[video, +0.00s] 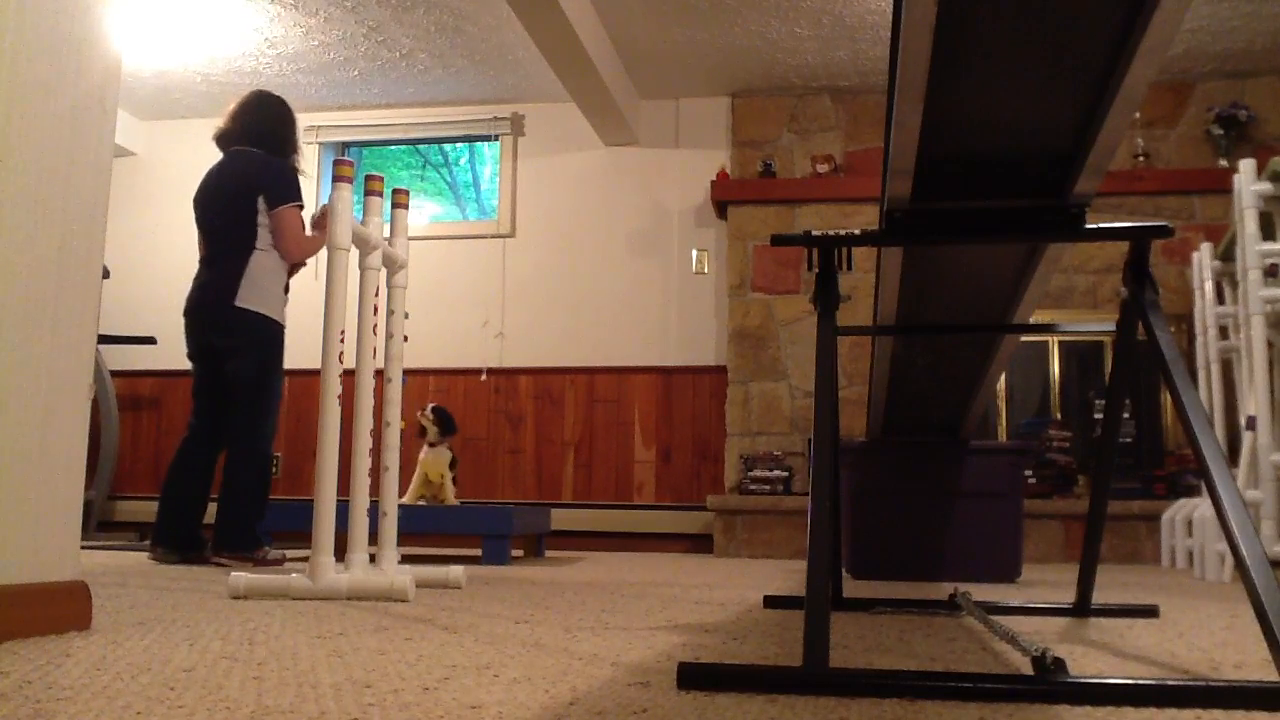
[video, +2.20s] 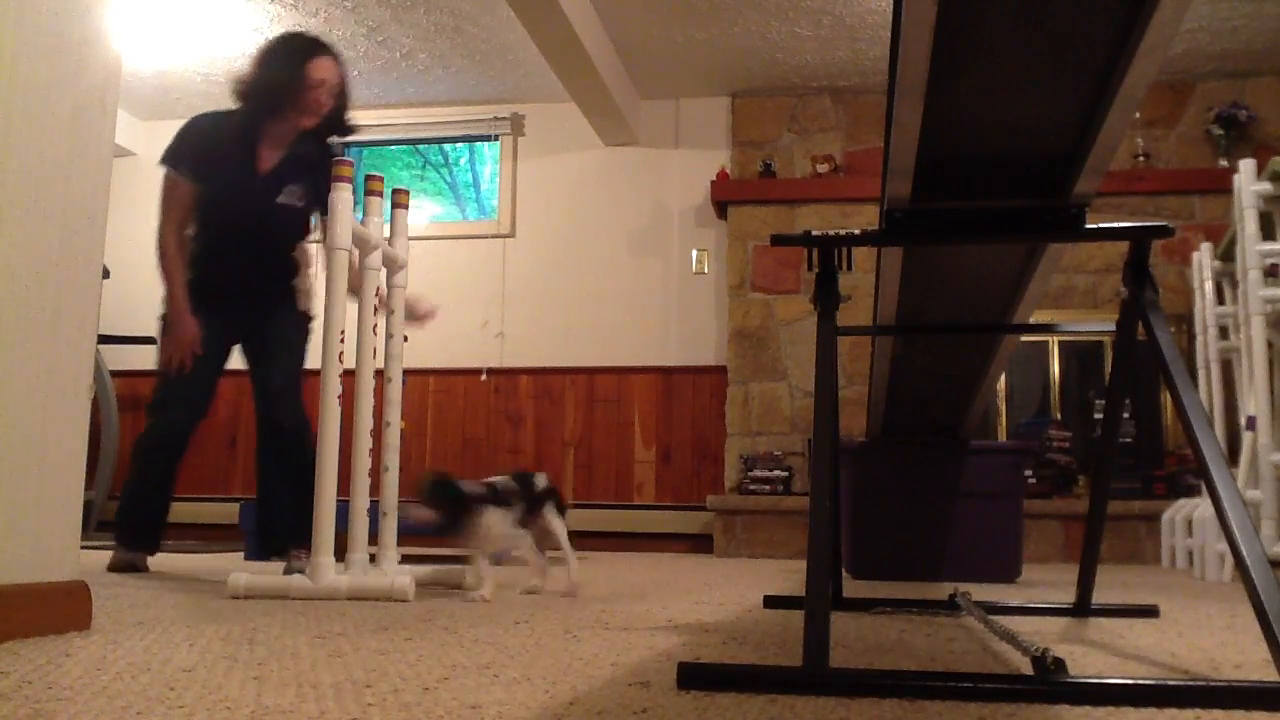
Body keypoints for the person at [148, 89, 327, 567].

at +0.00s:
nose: (294, 139)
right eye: (292, 130)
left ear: (238, 124)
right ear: (284, 129)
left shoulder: (212, 176)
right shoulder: (274, 170)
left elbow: (210, 251)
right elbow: (294, 249)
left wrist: (281, 254)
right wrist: (323, 233)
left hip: (205, 310)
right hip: (253, 316)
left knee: (206, 428)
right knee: (253, 434)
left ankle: (173, 537)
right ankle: (238, 541)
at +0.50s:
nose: (305, 137)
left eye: (304, 127)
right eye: (298, 127)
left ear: (267, 131)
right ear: (271, 129)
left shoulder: (261, 178)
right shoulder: (237, 165)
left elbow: (234, 249)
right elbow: (223, 239)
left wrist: (261, 301)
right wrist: (276, 285)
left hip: (220, 310)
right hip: (198, 306)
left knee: (211, 426)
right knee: (207, 425)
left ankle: (177, 537)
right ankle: (188, 538)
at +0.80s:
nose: (306, 119)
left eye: (308, 109)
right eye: (299, 108)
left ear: (294, 113)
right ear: (269, 107)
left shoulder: (280, 181)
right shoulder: (217, 147)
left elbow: (270, 262)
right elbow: (181, 219)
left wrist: (291, 328)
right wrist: (204, 292)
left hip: (240, 312)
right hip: (184, 305)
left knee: (254, 421)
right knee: (202, 422)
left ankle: (206, 517)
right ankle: (188, 543)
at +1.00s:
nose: (322, 114)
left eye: (324, 105)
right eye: (314, 103)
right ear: (282, 101)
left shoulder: (299, 180)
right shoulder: (213, 141)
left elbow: (310, 265)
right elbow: (164, 214)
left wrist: (337, 329)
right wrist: (157, 290)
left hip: (255, 308)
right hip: (189, 304)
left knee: (281, 419)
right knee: (198, 423)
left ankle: (268, 536)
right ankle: (194, 542)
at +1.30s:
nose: (362, 125)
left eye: (365, 114)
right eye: (355, 112)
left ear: (340, 115)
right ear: (320, 106)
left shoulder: (340, 175)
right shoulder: (236, 143)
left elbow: (370, 268)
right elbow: (182, 215)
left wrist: (417, 334)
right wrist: (161, 296)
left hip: (282, 313)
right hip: (210, 308)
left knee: (288, 423)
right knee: (201, 428)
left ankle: (298, 546)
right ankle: (197, 542)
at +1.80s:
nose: (406, 107)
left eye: (410, 98)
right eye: (398, 93)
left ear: (402, 103)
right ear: (359, 84)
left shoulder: (383, 165)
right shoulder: (268, 125)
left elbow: (426, 242)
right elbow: (210, 208)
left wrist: (474, 285)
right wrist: (205, 291)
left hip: (308, 297)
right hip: (240, 286)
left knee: (305, 418)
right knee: (214, 415)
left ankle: (298, 545)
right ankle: (198, 529)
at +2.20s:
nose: (323, 97)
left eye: (333, 89)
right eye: (314, 83)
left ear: (338, 98)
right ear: (282, 80)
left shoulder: (317, 158)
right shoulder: (209, 134)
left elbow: (343, 250)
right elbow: (172, 228)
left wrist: (393, 298)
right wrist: (178, 312)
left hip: (276, 301)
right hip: (207, 296)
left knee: (284, 419)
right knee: (173, 417)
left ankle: (292, 544)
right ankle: (134, 542)